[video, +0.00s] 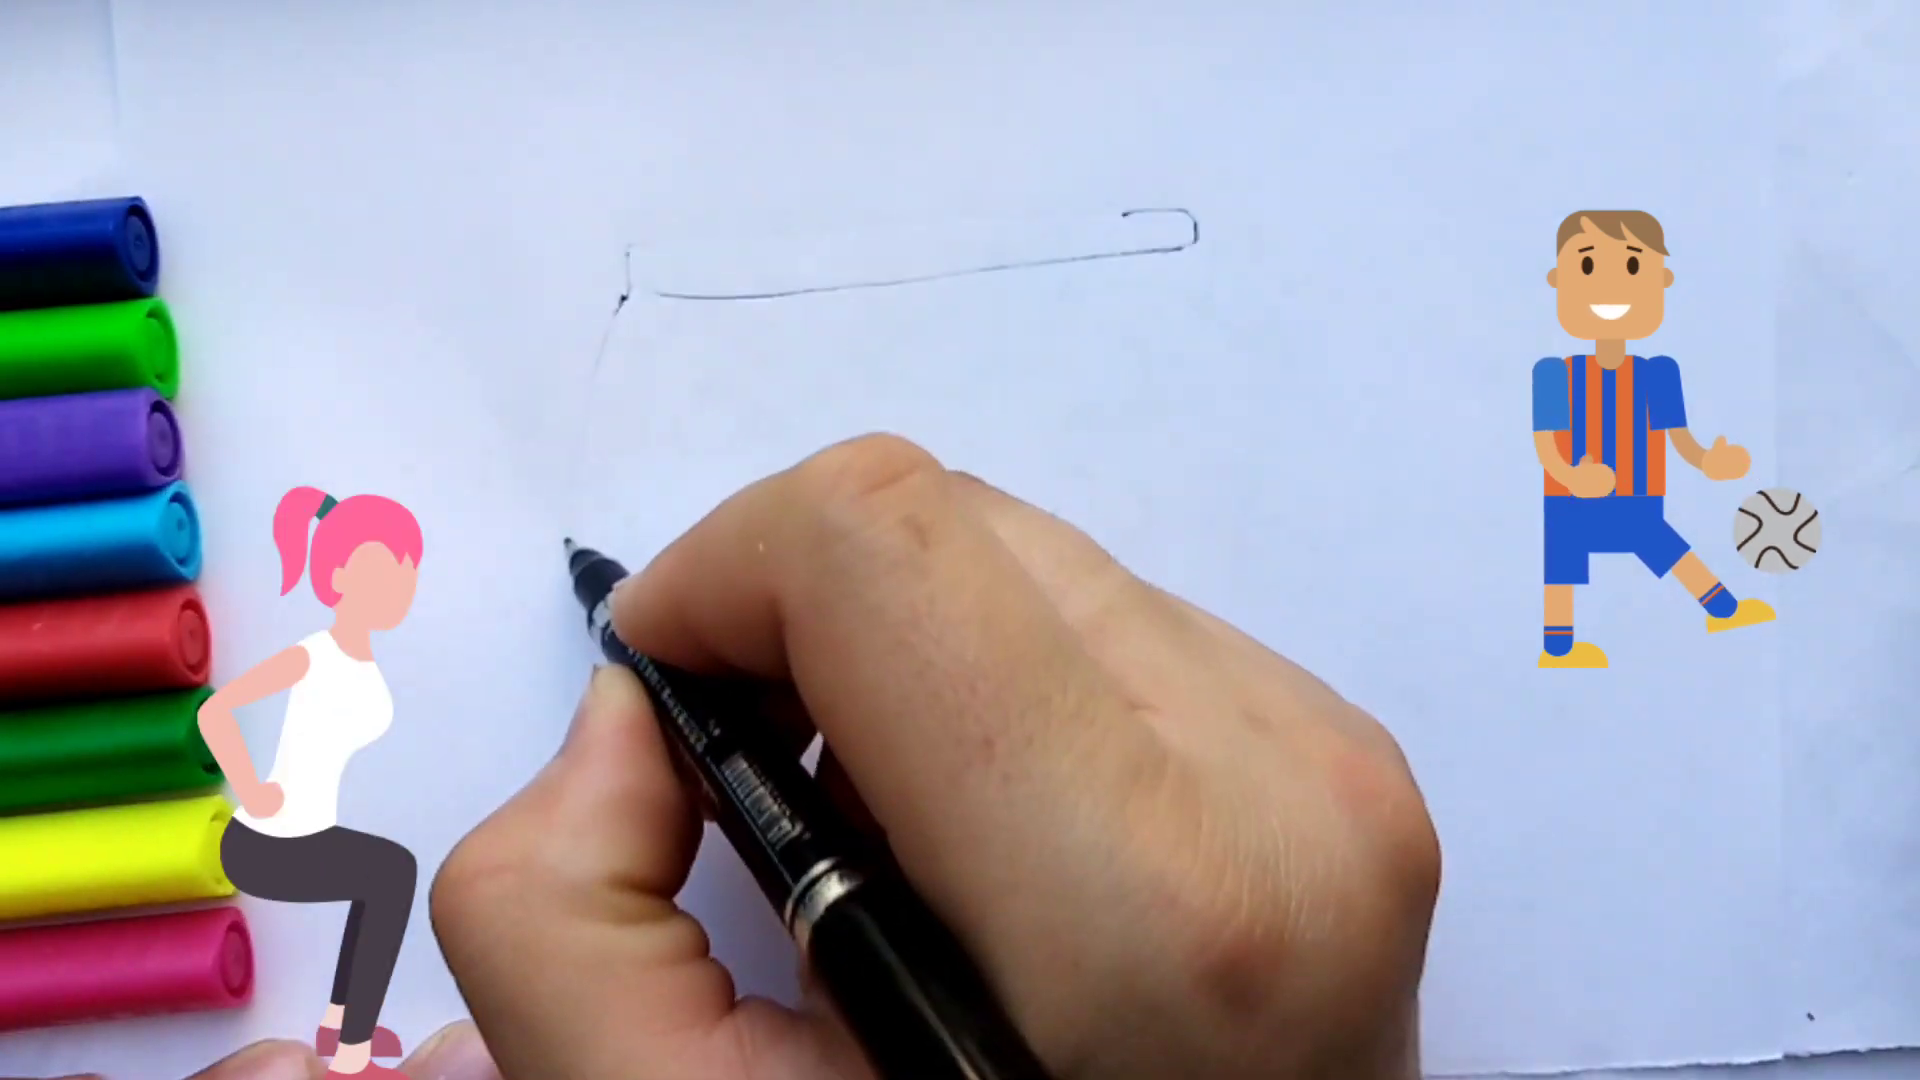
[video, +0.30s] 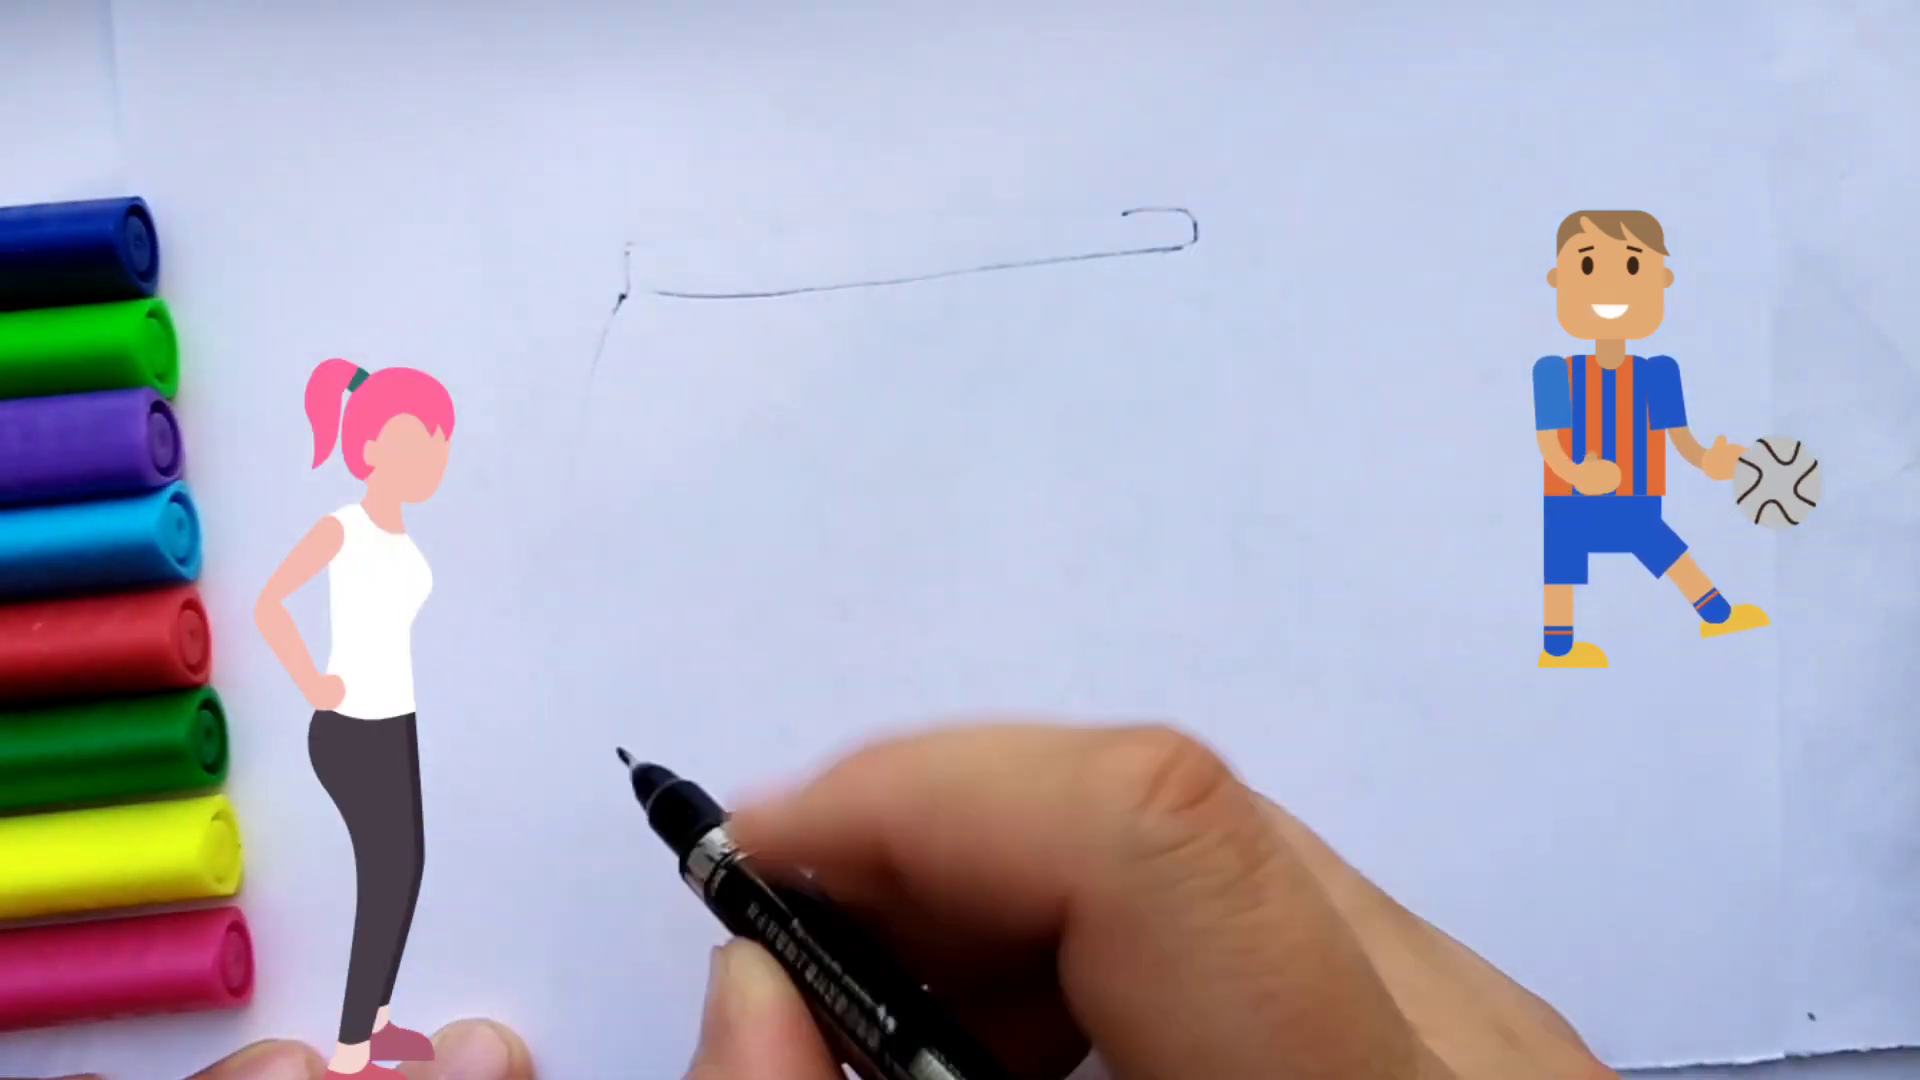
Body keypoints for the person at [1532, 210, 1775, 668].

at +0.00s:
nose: (1610, 287)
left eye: (1631, 267)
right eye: (1589, 267)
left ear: (1660, 283)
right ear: (1561, 284)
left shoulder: (1657, 373)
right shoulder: (1556, 374)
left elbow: (1682, 437)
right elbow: (1547, 443)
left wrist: (1709, 461)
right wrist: (1571, 478)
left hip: (1632, 505)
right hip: (1569, 507)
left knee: (1671, 551)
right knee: (1560, 571)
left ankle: (1722, 608)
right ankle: (1557, 646)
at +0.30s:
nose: (1610, 287)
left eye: (1632, 267)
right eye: (1589, 266)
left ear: (1661, 284)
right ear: (1559, 284)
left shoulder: (1657, 374)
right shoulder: (1556, 373)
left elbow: (1683, 437)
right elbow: (1548, 440)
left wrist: (1708, 460)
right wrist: (1575, 474)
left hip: (1631, 506)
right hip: (1569, 507)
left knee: (1665, 550)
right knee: (1561, 568)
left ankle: (1716, 612)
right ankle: (1557, 645)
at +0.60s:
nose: (1610, 287)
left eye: (1631, 267)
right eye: (1589, 267)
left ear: (1661, 284)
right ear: (1559, 284)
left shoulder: (1657, 373)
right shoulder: (1555, 373)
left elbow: (1683, 438)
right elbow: (1548, 442)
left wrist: (1711, 462)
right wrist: (1573, 476)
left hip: (1632, 507)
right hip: (1568, 508)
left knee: (1669, 552)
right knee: (1561, 572)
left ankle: (1719, 610)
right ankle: (1557, 646)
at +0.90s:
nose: (1610, 287)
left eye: (1631, 267)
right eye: (1589, 267)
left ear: (1661, 283)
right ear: (1559, 284)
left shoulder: (1657, 373)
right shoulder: (1556, 374)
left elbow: (1681, 436)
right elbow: (1547, 441)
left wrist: (1709, 462)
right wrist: (1573, 476)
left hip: (1632, 506)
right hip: (1568, 507)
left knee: (1669, 552)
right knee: (1561, 571)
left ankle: (1719, 610)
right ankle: (1557, 646)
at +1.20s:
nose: (1611, 287)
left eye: (1632, 267)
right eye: (1589, 267)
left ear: (1661, 283)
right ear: (1559, 284)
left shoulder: (1657, 374)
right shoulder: (1557, 373)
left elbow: (1681, 435)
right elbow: (1547, 440)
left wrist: (1709, 462)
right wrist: (1572, 476)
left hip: (1632, 505)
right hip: (1569, 507)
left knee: (1668, 551)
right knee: (1561, 570)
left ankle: (1719, 610)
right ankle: (1557, 645)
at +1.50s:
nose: (1610, 287)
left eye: (1631, 267)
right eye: (1589, 266)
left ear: (1662, 283)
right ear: (1559, 283)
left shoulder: (1657, 374)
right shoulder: (1556, 373)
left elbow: (1682, 437)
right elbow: (1547, 441)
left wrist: (1710, 462)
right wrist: (1573, 476)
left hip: (1632, 505)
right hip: (1569, 507)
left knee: (1667, 551)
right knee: (1560, 569)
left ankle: (1719, 610)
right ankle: (1557, 646)